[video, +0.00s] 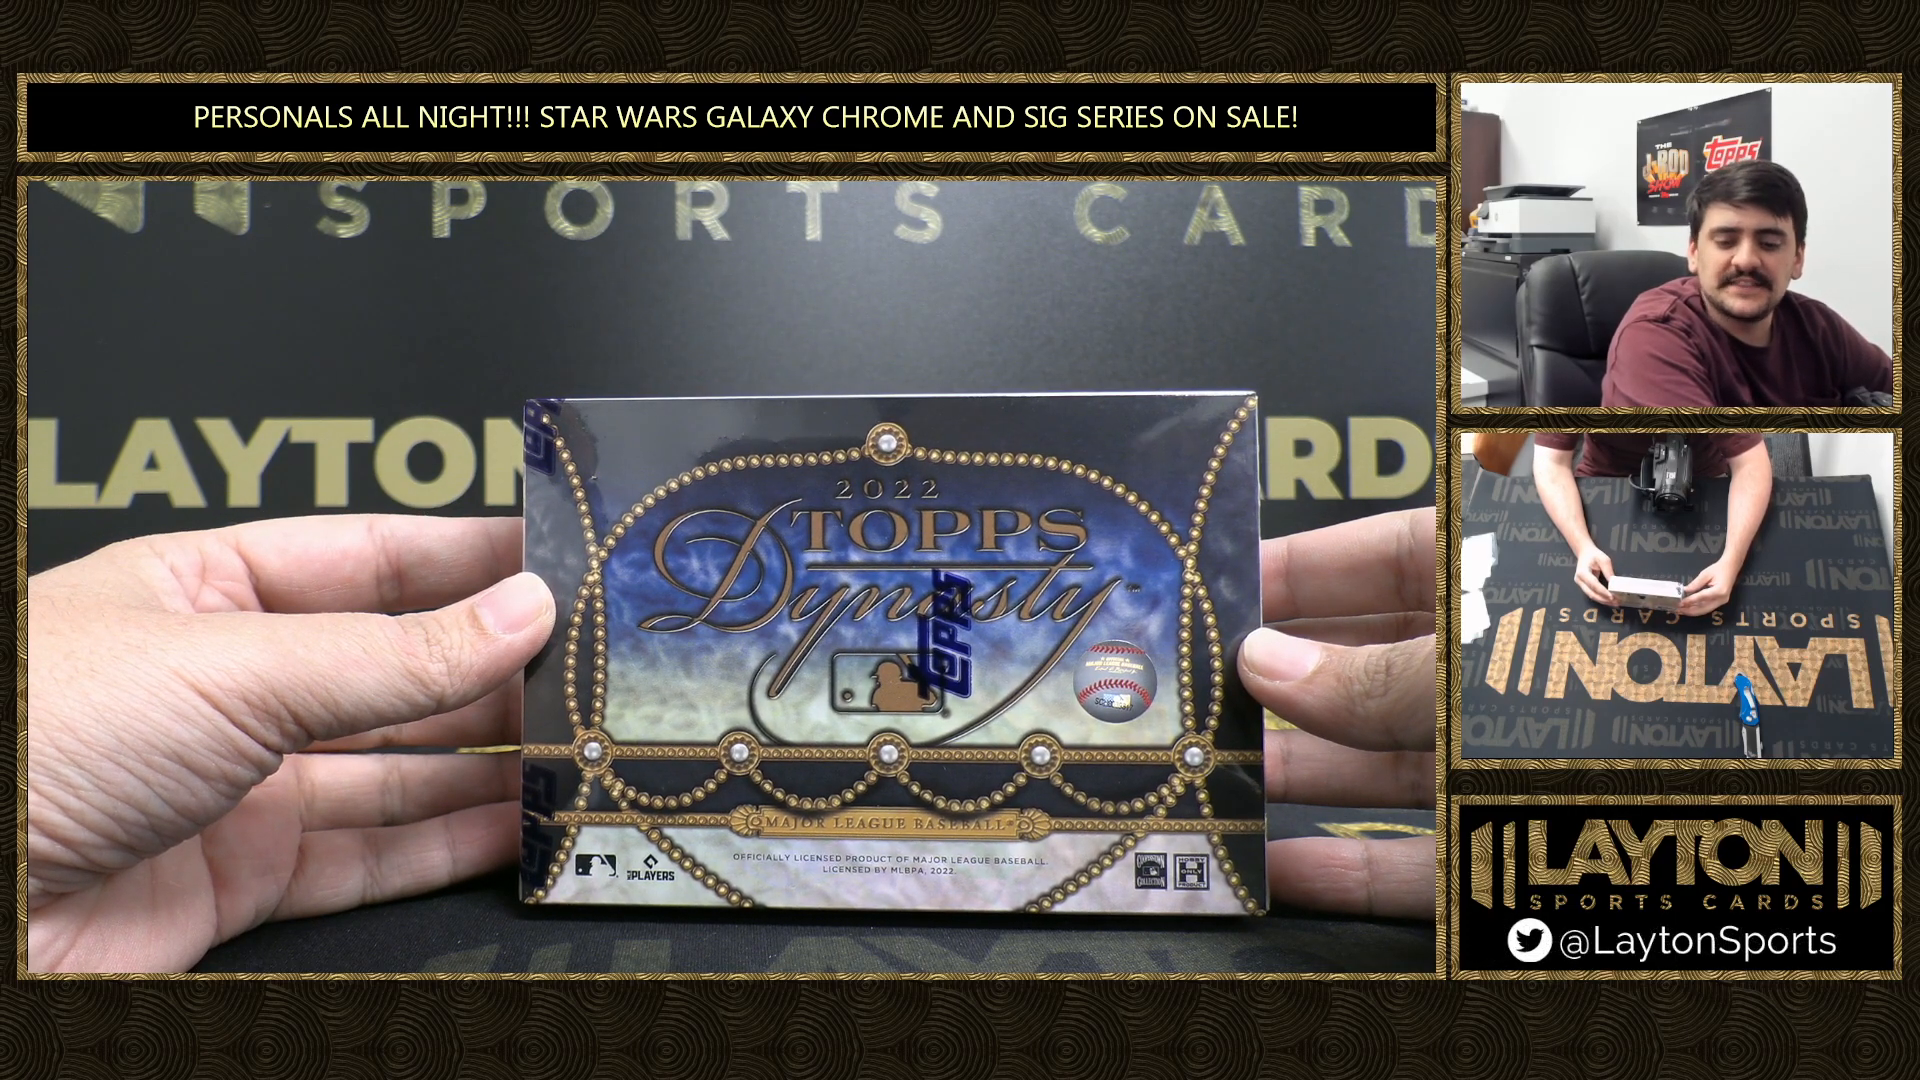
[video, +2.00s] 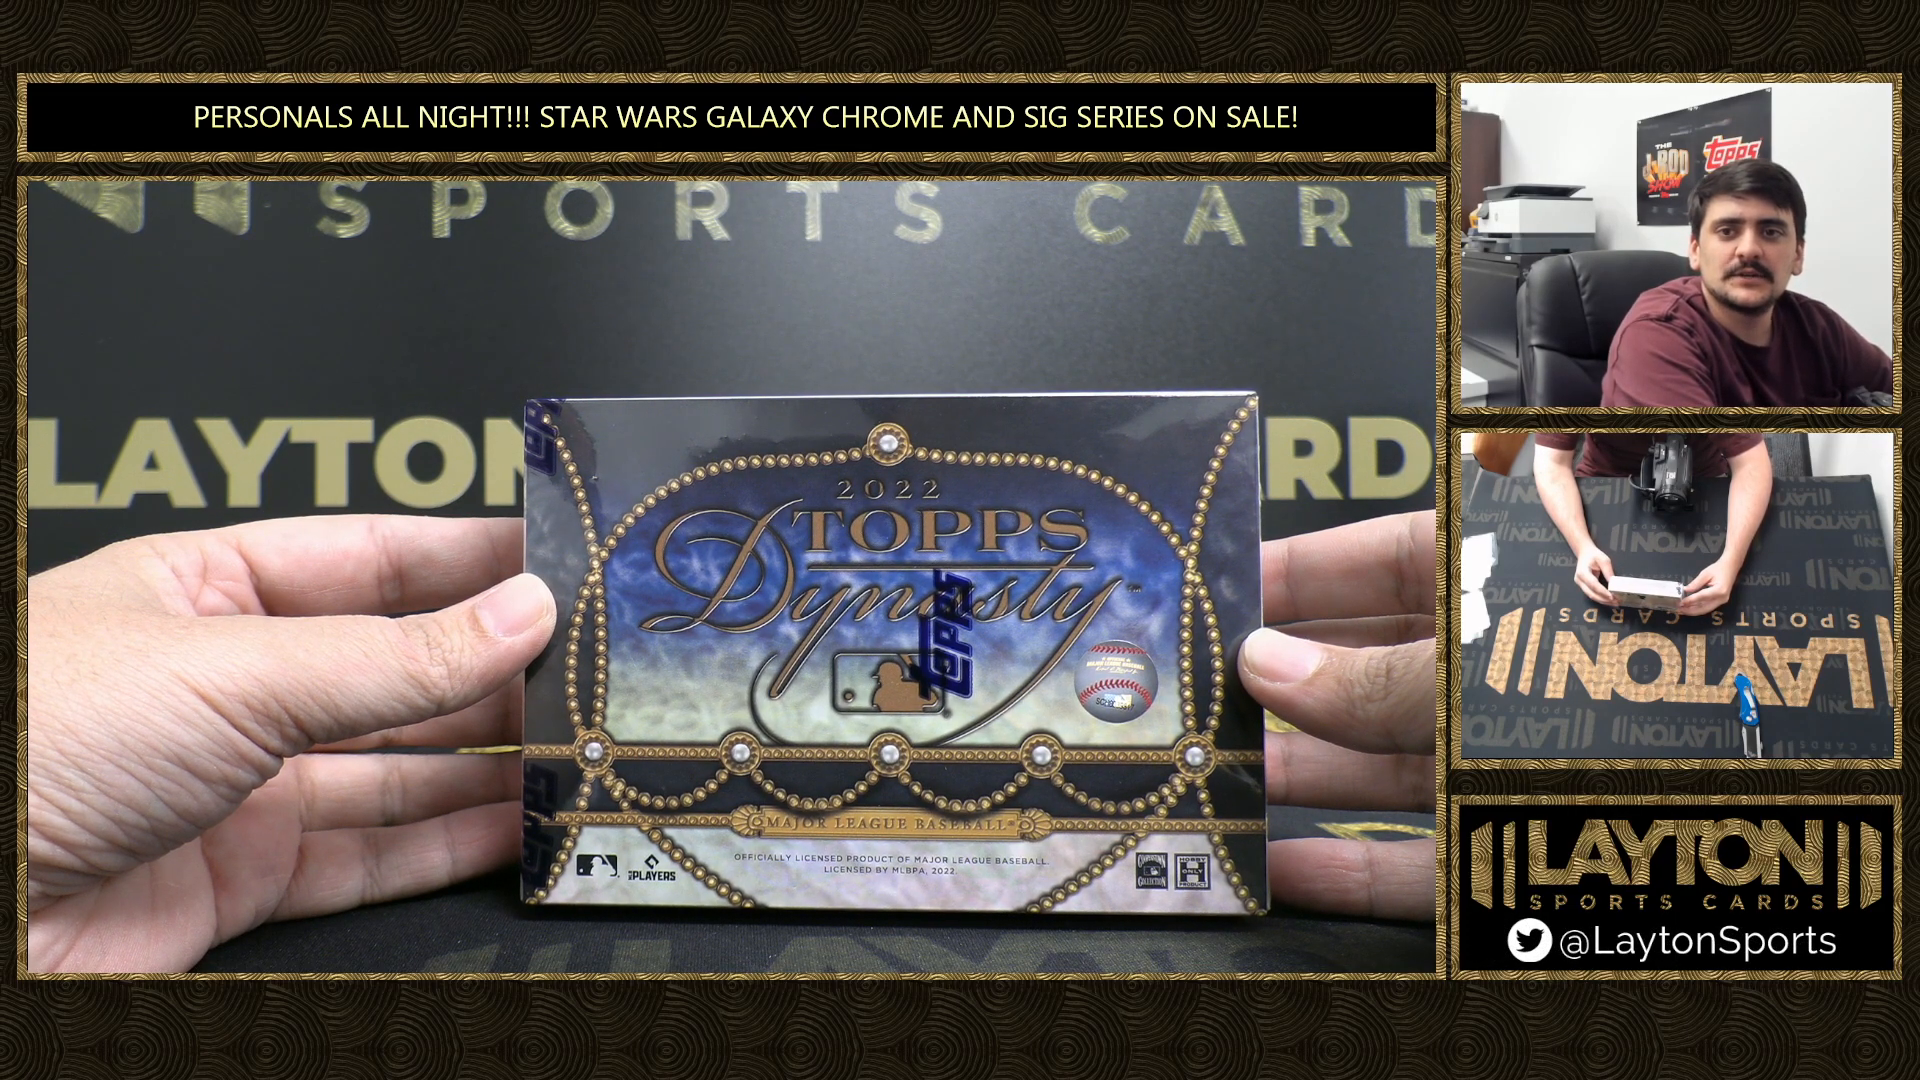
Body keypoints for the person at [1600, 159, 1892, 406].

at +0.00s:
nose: (1746, 260)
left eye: (1769, 243)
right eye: (1726, 241)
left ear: (1798, 258)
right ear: (1693, 252)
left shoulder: (1818, 329)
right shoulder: (1655, 333)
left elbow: (1897, 388)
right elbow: (1746, 462)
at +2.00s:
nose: (1748, 249)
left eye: (1770, 232)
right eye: (1728, 231)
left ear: (1798, 255)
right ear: (1695, 251)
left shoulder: (1817, 328)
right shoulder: (1657, 333)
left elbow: (1896, 387)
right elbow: (1747, 461)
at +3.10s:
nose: (1786, 254)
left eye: (1800, 236)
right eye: (1762, 234)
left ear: (1812, 246)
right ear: (1708, 248)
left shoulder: (1823, 328)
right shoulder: (1669, 336)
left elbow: (1898, 387)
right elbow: (1752, 461)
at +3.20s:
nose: (1806, 257)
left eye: (1815, 237)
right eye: (1779, 237)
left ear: (1822, 239)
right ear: (1716, 250)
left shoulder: (1829, 328)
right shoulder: (1673, 339)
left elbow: (1901, 383)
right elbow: (1759, 467)